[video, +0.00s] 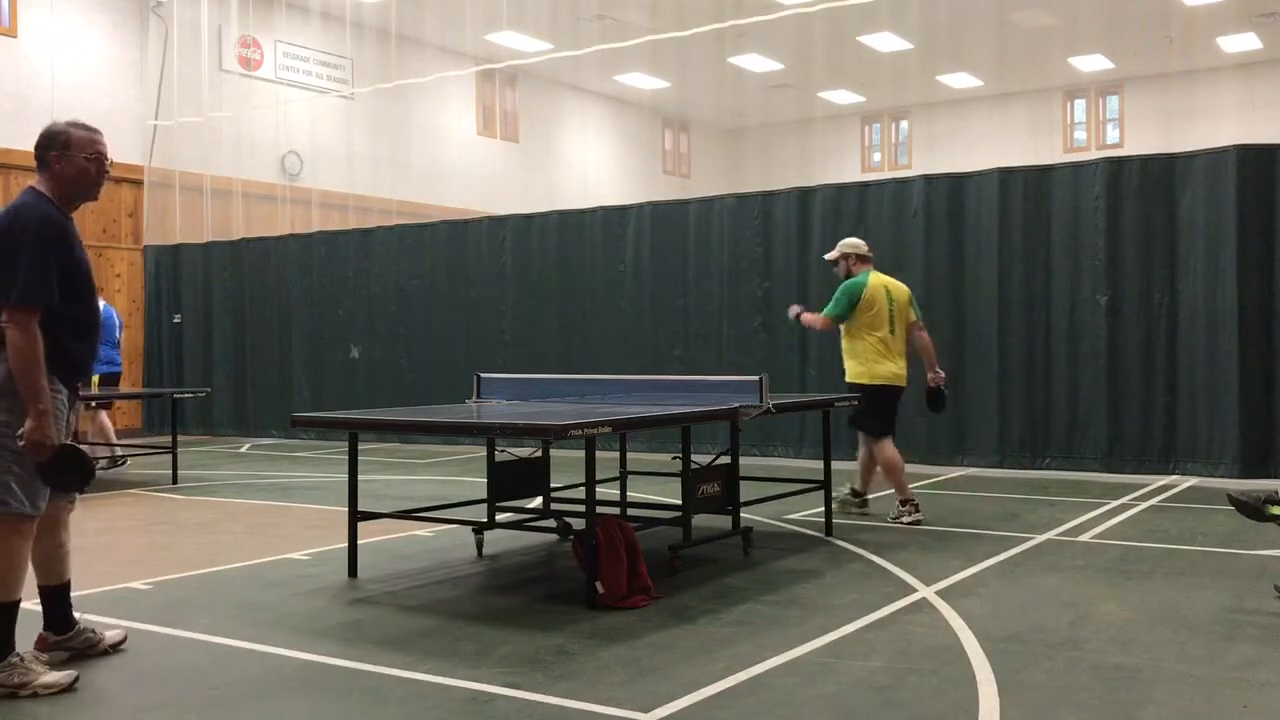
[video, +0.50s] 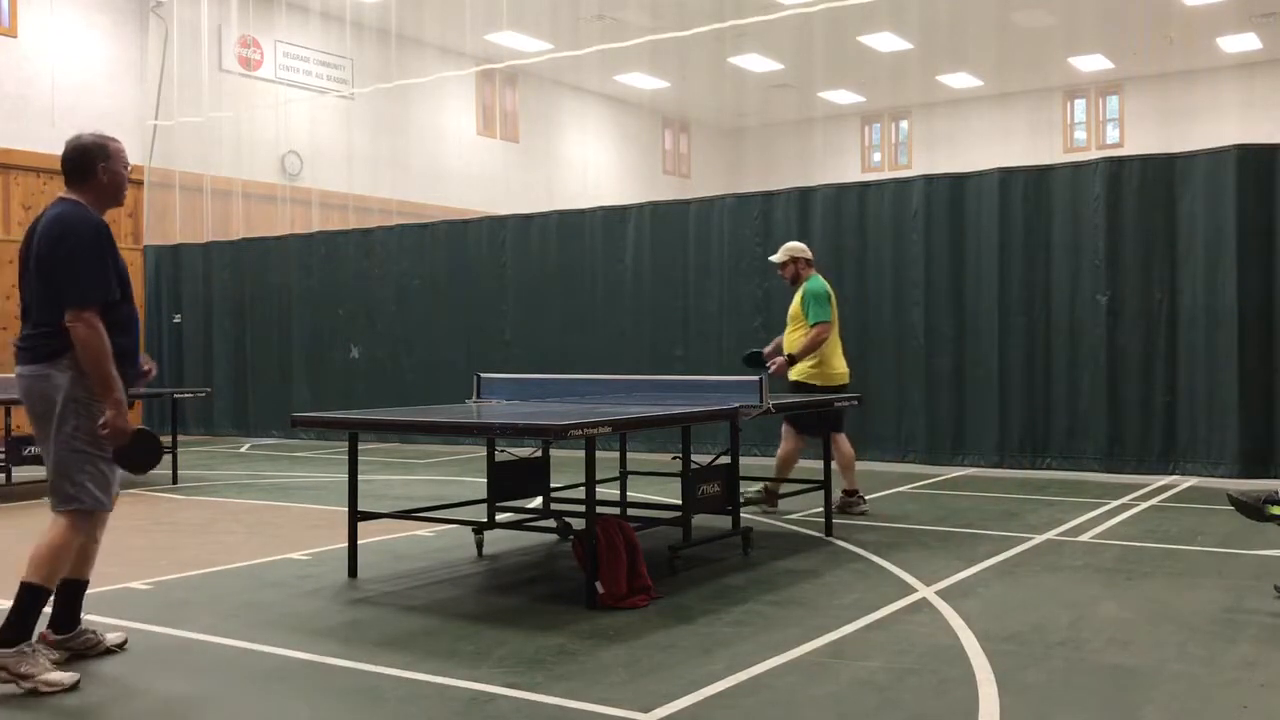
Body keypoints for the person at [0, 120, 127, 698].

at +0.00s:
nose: (106, 170)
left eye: (106, 160)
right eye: (95, 159)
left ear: (63, 162)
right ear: (56, 160)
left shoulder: (53, 219)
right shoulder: (32, 218)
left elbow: (53, 322)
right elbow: (20, 322)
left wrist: (78, 404)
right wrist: (38, 410)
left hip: (54, 392)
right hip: (29, 393)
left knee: (54, 508)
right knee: (16, 519)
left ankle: (61, 629)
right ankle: (7, 659)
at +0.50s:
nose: (130, 175)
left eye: (128, 167)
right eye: (125, 167)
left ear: (81, 171)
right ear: (102, 171)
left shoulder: (57, 221)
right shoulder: (78, 225)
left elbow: (69, 314)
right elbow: (82, 321)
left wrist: (128, 355)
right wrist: (115, 400)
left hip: (61, 374)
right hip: (65, 377)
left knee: (94, 503)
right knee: (78, 510)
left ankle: (66, 628)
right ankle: (11, 645)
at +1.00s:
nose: (160, 183)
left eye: (158, 175)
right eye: (157, 174)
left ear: (105, 176)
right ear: (143, 175)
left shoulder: (77, 225)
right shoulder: (130, 225)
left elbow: (104, 292)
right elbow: (134, 313)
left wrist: (167, 271)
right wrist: (171, 390)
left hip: (74, 374)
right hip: (116, 375)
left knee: (90, 502)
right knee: (174, 493)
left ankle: (61, 630)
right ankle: (220, 618)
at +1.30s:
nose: (212, 183)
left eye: (210, 175)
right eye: (209, 176)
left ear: (157, 181)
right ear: (197, 181)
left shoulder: (123, 229)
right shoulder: (188, 232)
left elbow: (143, 282)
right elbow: (188, 321)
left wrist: (204, 270)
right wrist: (214, 400)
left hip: (117, 376)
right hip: (168, 379)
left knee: (115, 501)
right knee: (222, 495)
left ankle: (65, 626)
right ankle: (232, 619)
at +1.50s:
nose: (256, 184)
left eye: (254, 176)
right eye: (254, 177)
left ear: (203, 181)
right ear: (243, 183)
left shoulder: (162, 224)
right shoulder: (232, 236)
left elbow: (178, 293)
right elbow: (232, 326)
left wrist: (241, 275)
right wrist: (257, 405)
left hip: (149, 371)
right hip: (202, 375)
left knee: (146, 493)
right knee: (237, 492)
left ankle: (79, 609)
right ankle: (233, 618)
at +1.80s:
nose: (283, 192)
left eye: (282, 184)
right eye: (283, 184)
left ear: (233, 179)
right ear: (273, 185)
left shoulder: (189, 221)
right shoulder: (266, 237)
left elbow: (177, 296)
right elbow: (279, 329)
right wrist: (314, 399)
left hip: (172, 366)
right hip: (229, 373)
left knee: (175, 489)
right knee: (243, 496)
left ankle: (129, 599)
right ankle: (234, 618)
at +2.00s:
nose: (276, 191)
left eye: (275, 183)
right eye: (275, 183)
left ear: (225, 181)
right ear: (265, 185)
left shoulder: (185, 225)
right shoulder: (260, 239)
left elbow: (177, 300)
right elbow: (276, 328)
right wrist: (313, 393)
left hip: (175, 370)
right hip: (231, 374)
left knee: (188, 492)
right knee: (247, 494)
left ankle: (175, 605)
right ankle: (234, 619)